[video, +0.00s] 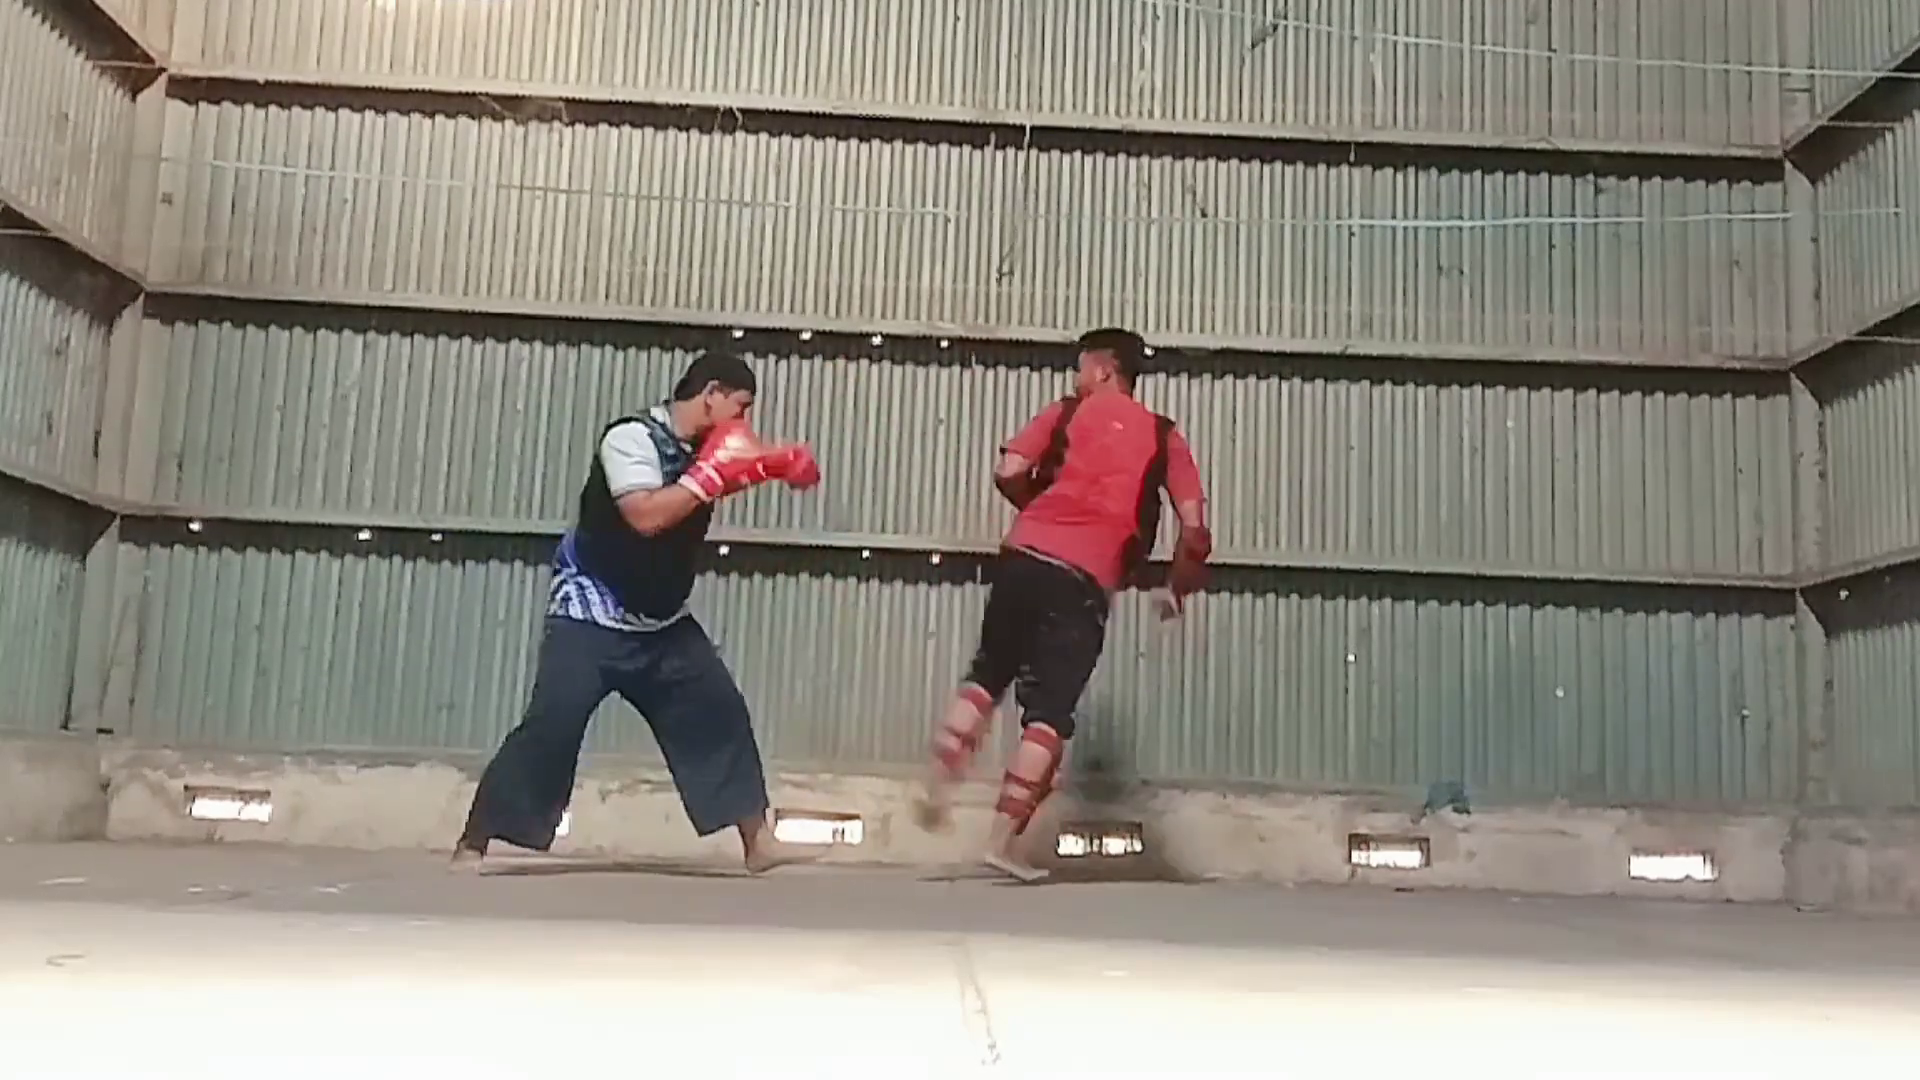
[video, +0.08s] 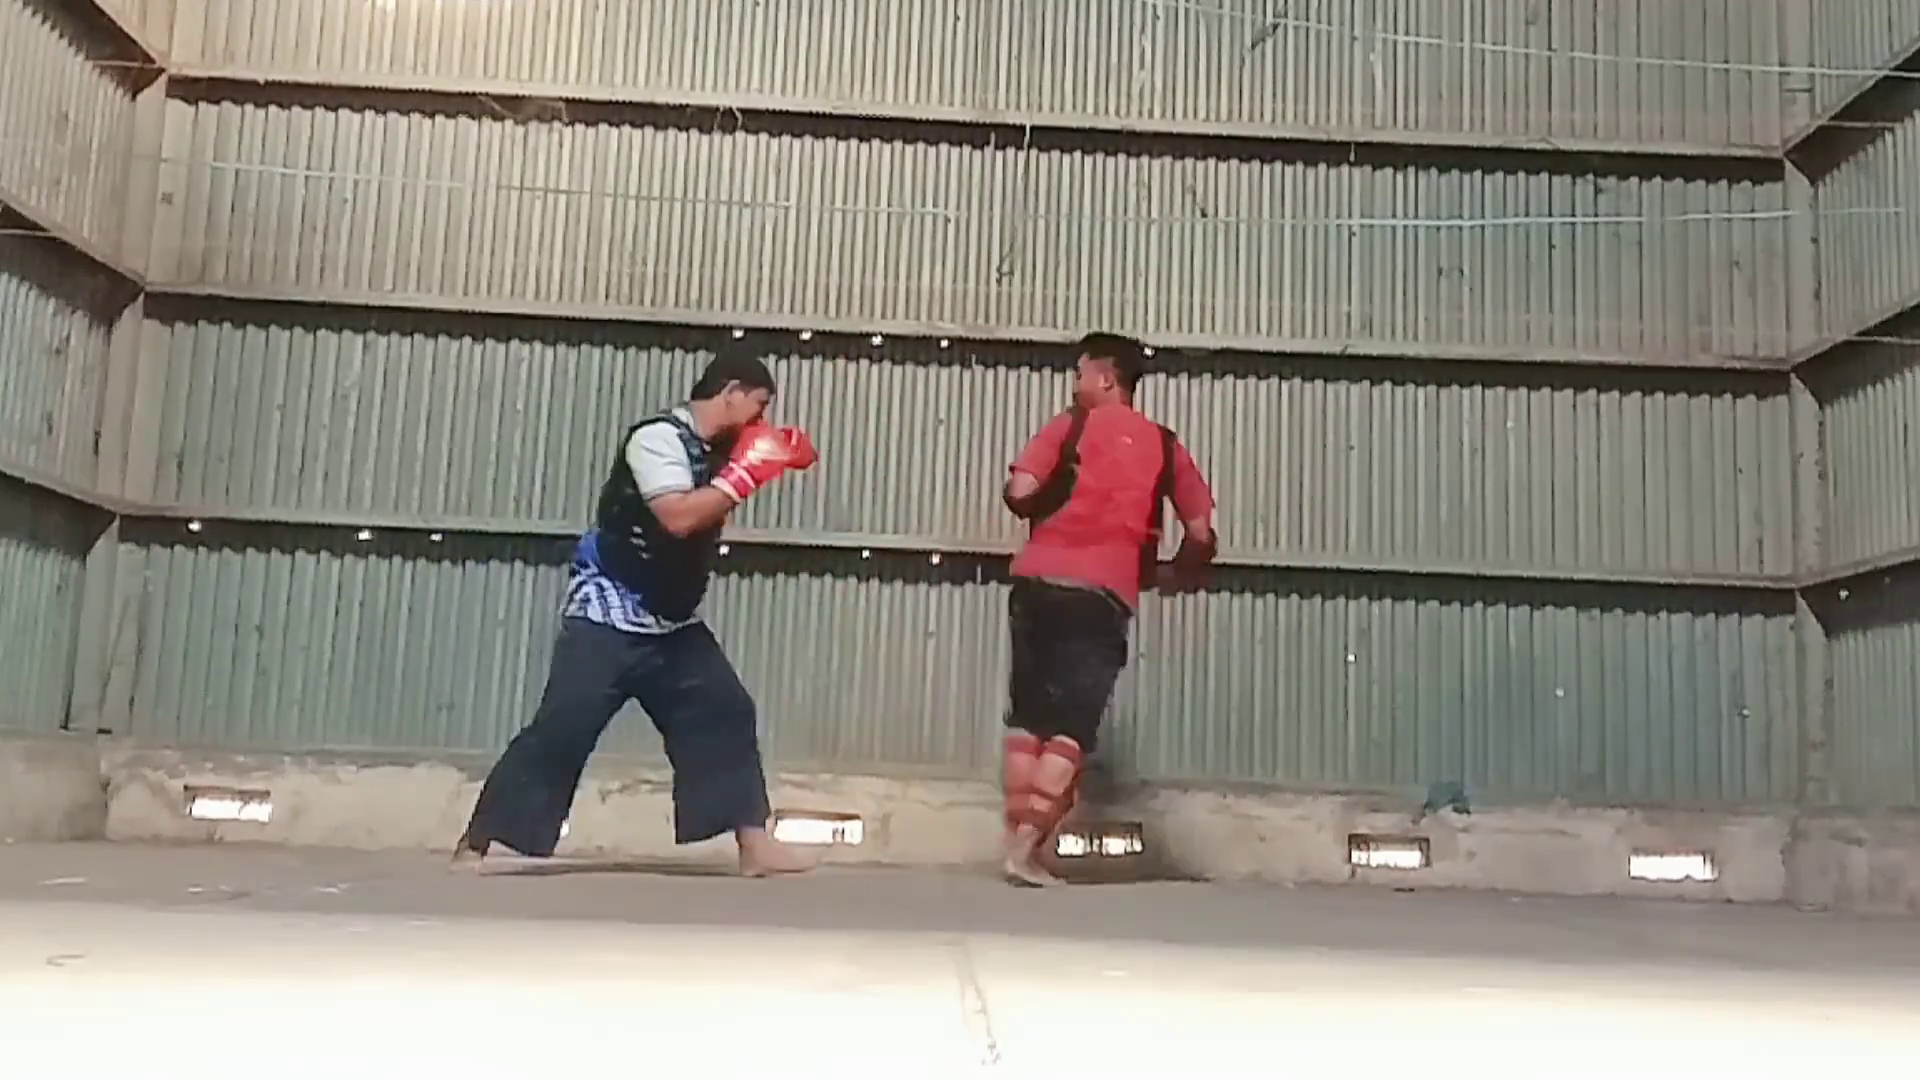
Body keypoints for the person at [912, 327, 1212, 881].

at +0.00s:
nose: (1076, 381)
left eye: (1081, 370)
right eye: (1079, 371)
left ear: (1105, 369)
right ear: (1130, 376)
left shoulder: (1067, 411)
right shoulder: (1165, 436)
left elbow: (1008, 472)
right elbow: (1195, 529)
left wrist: (1045, 510)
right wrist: (1178, 585)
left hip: (1020, 566)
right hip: (1081, 586)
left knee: (989, 672)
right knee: (1048, 713)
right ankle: (1000, 846)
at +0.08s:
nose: (1075, 385)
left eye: (1081, 374)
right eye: (1078, 374)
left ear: (1106, 375)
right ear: (1128, 381)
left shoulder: (1065, 427)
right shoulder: (1165, 444)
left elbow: (1019, 492)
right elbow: (1201, 535)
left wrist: (1059, 494)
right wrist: (1178, 577)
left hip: (1034, 590)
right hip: (1099, 597)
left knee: (1028, 716)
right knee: (1073, 727)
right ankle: (1026, 851)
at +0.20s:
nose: (1071, 399)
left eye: (1078, 389)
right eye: (1074, 388)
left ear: (1105, 393)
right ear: (1122, 396)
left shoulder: (1072, 446)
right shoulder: (1168, 452)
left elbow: (1035, 524)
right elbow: (1195, 542)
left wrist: (1027, 534)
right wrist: (1194, 554)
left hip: (1065, 607)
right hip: (1129, 611)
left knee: (1050, 725)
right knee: (1096, 736)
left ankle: (1042, 847)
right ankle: (1041, 832)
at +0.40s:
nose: (1097, 406)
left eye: (1101, 394)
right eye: (1097, 395)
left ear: (1129, 393)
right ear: (1145, 396)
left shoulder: (1106, 451)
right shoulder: (1202, 451)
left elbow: (1077, 531)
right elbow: (1234, 539)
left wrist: (1066, 584)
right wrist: (1208, 582)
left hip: (1119, 617)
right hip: (1189, 619)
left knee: (1081, 729)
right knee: (1227, 725)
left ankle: (1053, 853)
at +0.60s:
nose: (1153, 442)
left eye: (1159, 430)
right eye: (1155, 430)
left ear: (1185, 431)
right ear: (1200, 435)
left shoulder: (1165, 489)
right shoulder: (1255, 488)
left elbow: (1143, 565)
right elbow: (1293, 576)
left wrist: (1132, 629)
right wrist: (1270, 635)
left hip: (1186, 653)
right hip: (1257, 653)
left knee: (1117, 737)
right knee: (1288, 756)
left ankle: (1106, 855)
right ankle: (1333, 868)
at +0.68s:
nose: (1165, 447)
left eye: (1171, 437)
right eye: (1167, 437)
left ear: (1195, 439)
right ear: (1215, 443)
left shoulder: (1166, 496)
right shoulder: (1265, 495)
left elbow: (1133, 576)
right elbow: (1296, 578)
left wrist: (1148, 599)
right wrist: (1292, 639)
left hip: (1191, 656)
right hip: (1263, 655)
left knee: (1131, 743)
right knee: (1287, 753)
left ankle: (1132, 851)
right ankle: (1332, 864)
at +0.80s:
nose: (1235, 427)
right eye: (1239, 418)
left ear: (1193, 412)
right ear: (1241, 418)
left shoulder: (1156, 466)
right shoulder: (1250, 467)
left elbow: (1138, 539)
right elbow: (1262, 543)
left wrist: (1161, 592)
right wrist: (1284, 621)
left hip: (1154, 616)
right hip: (1223, 617)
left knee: (1132, 735)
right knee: (1273, 728)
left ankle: (1134, 858)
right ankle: (1316, 844)